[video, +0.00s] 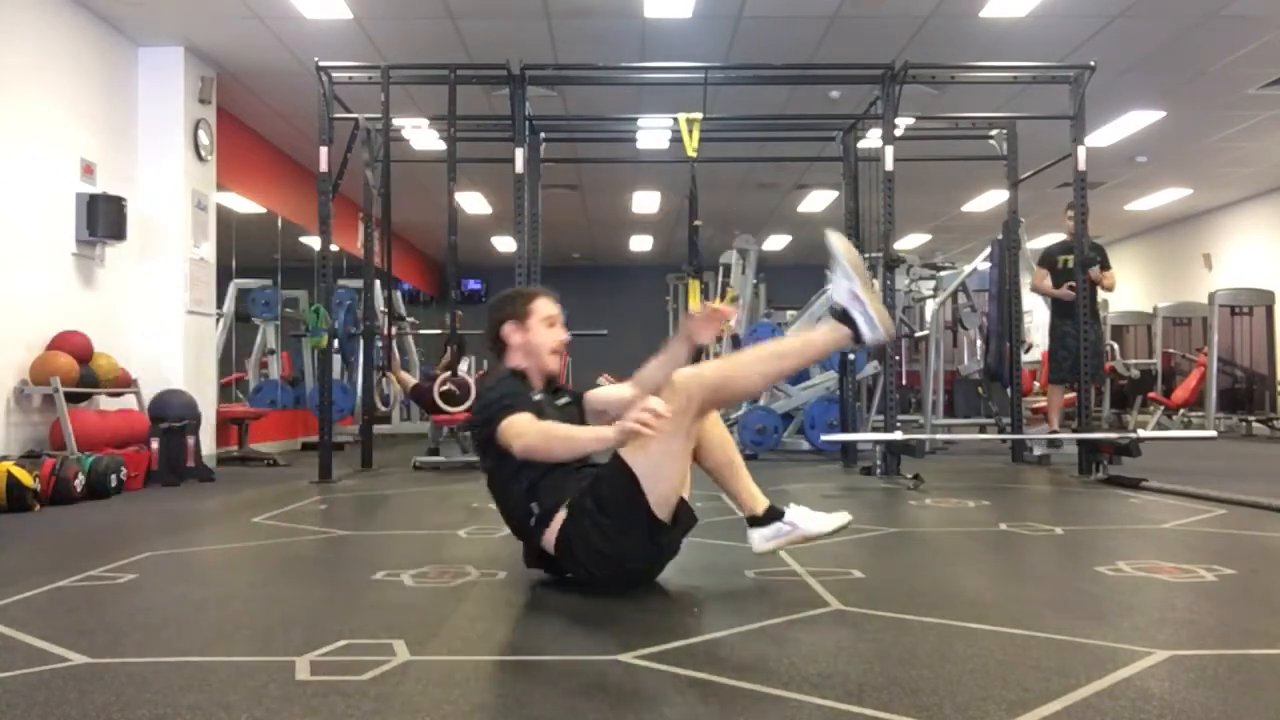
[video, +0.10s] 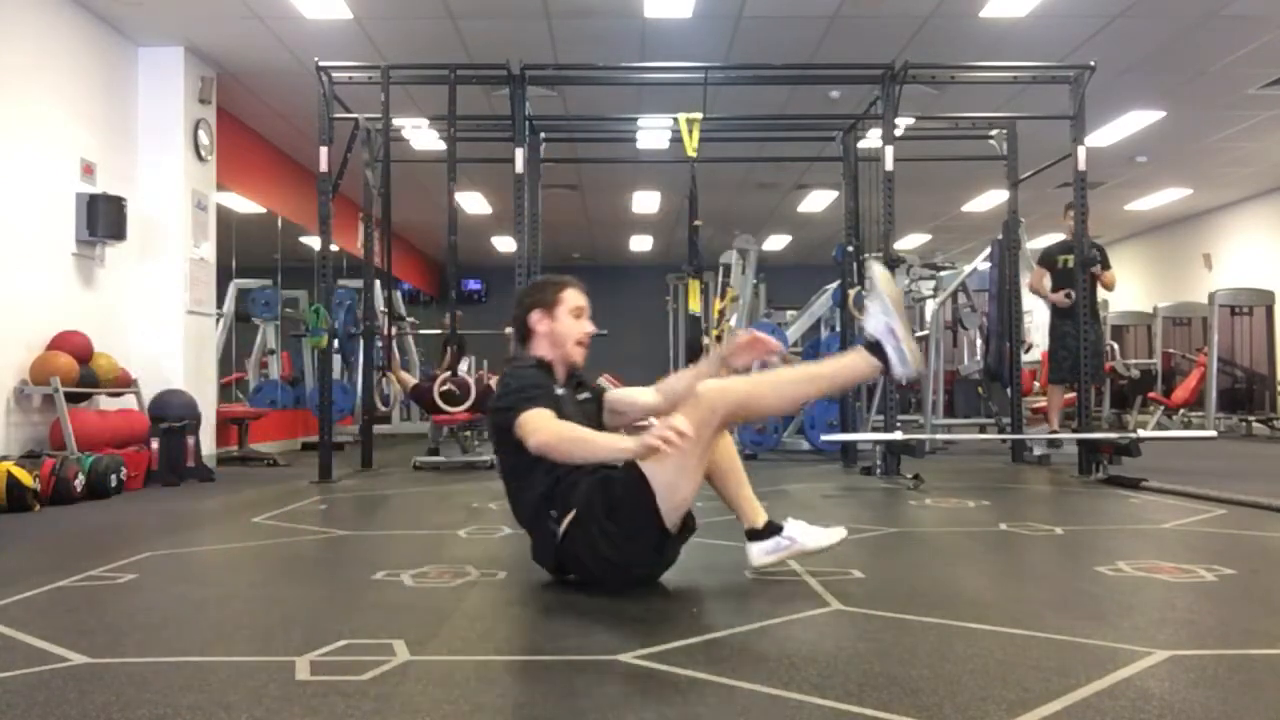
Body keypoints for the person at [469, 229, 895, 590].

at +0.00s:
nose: (565, 337)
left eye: (562, 326)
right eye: (552, 325)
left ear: (537, 337)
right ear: (512, 335)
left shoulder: (553, 399)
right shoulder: (498, 395)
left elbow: (632, 391)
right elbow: (526, 440)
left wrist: (686, 340)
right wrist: (612, 434)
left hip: (620, 538)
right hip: (591, 546)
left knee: (688, 401)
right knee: (685, 387)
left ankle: (764, 518)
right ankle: (846, 326)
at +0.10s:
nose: (590, 327)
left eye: (589, 318)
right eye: (577, 316)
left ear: (563, 328)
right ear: (538, 324)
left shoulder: (577, 387)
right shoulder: (521, 380)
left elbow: (655, 399)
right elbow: (543, 438)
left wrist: (721, 360)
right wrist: (633, 445)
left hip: (618, 538)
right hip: (590, 542)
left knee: (701, 408)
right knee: (711, 397)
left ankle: (764, 532)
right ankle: (877, 355)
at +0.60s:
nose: (667, 312)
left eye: (668, 300)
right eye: (653, 298)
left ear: (659, 308)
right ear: (614, 305)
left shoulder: (628, 368)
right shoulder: (605, 369)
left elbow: (717, 433)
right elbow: (621, 474)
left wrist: (815, 436)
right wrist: (697, 553)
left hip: (636, 539)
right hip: (634, 556)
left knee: (699, 423)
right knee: (795, 462)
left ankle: (760, 540)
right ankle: (960, 451)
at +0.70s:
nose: (671, 311)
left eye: (675, 299)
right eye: (657, 296)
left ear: (676, 307)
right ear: (618, 306)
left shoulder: (637, 369)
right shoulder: (616, 370)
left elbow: (721, 431)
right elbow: (630, 478)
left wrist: (818, 444)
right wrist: (687, 567)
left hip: (632, 538)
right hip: (633, 552)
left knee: (700, 432)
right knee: (801, 468)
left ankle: (766, 542)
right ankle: (963, 455)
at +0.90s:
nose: (684, 308)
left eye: (691, 297)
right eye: (669, 294)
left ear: (697, 304)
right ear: (636, 304)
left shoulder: (659, 367)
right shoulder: (637, 370)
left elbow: (742, 432)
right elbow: (643, 481)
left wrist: (842, 452)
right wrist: (664, 582)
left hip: (637, 536)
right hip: (638, 556)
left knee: (709, 430)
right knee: (801, 478)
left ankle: (767, 545)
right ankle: (965, 466)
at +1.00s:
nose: (700, 310)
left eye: (707, 299)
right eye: (686, 296)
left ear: (711, 305)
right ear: (651, 303)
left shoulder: (675, 370)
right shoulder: (648, 370)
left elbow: (755, 431)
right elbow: (645, 479)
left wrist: (858, 456)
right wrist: (655, 586)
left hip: (647, 531)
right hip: (640, 556)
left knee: (716, 427)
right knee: (805, 485)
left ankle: (765, 545)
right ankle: (969, 481)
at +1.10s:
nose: (723, 315)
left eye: (731, 304)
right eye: (711, 300)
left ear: (738, 308)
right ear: (675, 303)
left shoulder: (695, 373)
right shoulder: (666, 370)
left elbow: (782, 429)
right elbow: (647, 484)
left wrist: (884, 455)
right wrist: (655, 591)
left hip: (650, 531)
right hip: (647, 558)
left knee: (730, 425)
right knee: (810, 497)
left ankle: (769, 544)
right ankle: (975, 500)